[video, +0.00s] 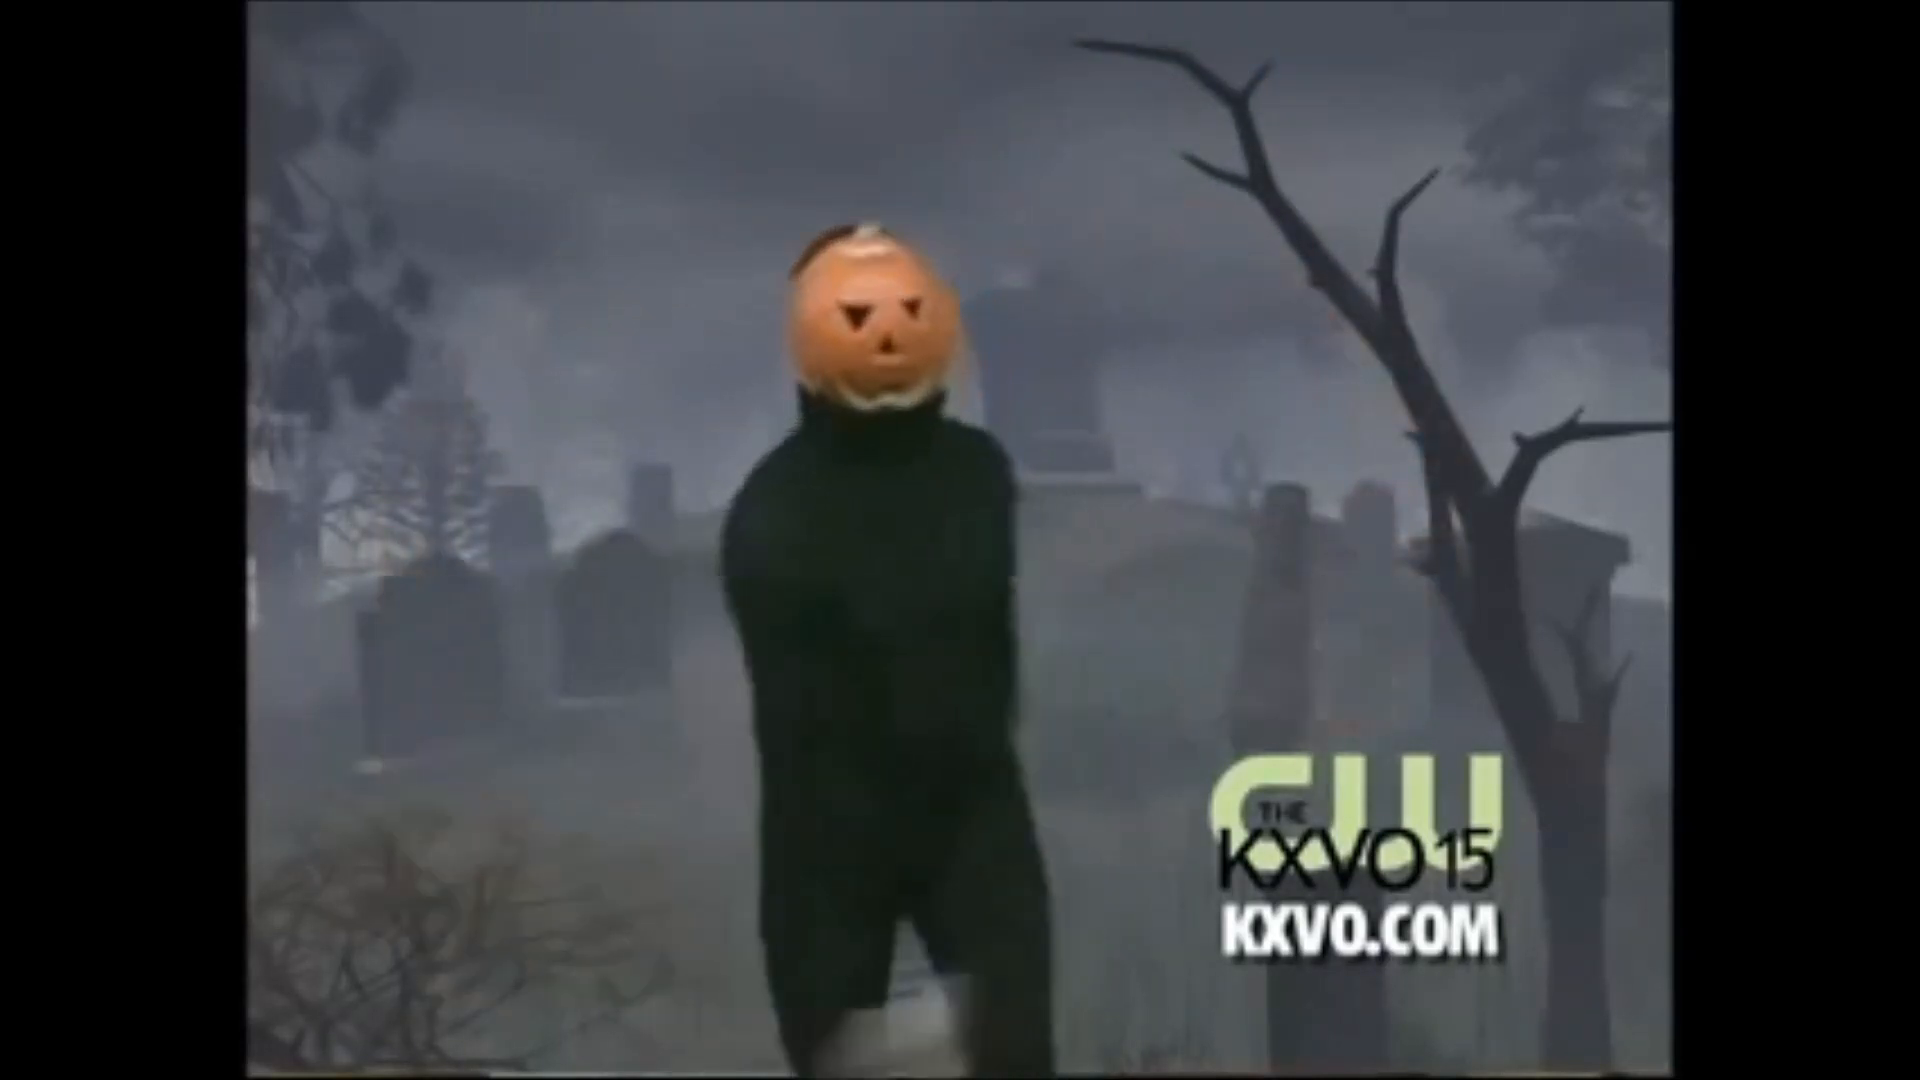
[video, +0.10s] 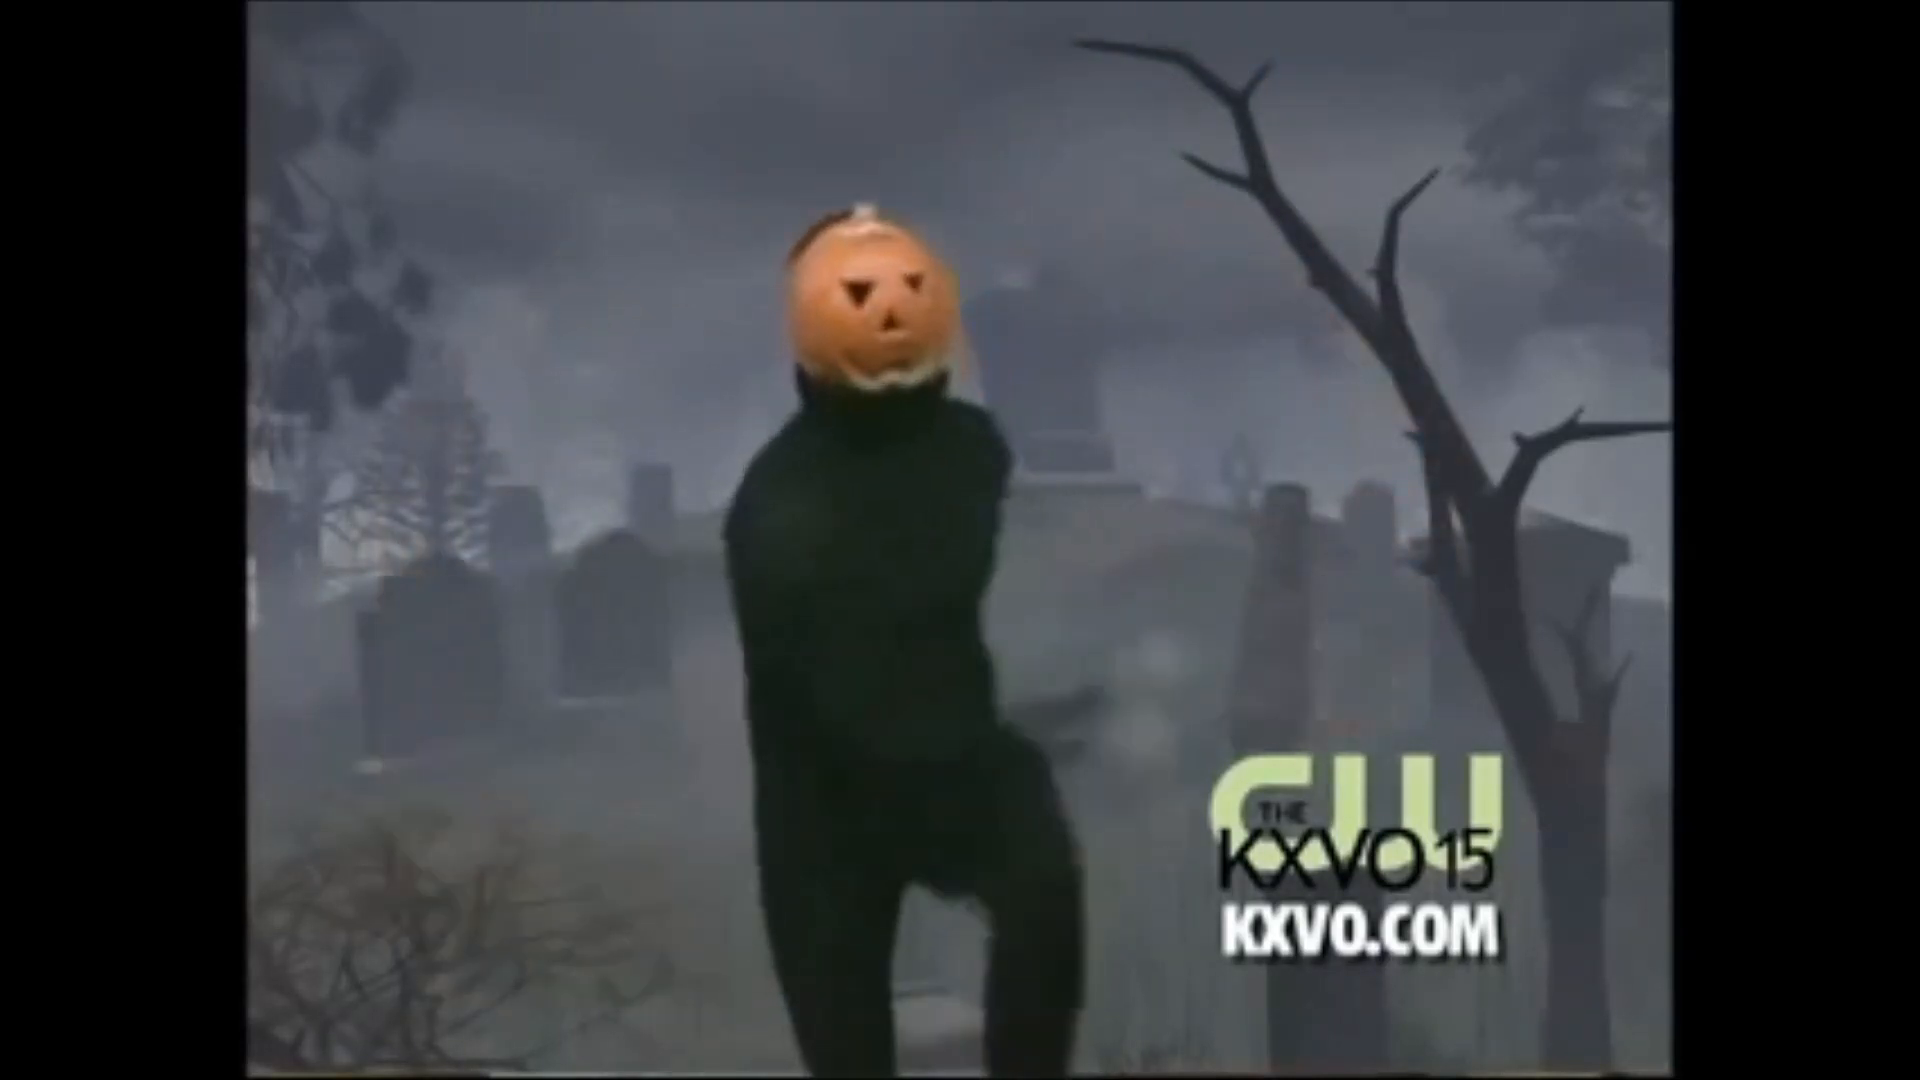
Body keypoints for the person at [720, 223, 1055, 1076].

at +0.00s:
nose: (889, 333)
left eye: (913, 309)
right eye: (854, 314)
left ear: (946, 328)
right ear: (801, 339)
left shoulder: (978, 474)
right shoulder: (773, 507)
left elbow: (989, 663)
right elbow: (797, 717)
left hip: (975, 827)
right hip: (826, 838)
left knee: (1013, 1050)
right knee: (831, 1050)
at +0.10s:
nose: (893, 304)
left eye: (915, 282)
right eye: (856, 290)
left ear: (948, 310)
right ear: (803, 331)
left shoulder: (972, 451)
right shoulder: (778, 492)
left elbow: (955, 611)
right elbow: (799, 690)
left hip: (962, 777)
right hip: (822, 802)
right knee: (846, 1049)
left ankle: (1028, 1064)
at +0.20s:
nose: (897, 273)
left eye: (917, 250)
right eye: (860, 255)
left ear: (953, 278)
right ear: (805, 296)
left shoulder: (973, 407)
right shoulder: (790, 462)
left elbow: (977, 610)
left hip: (950, 734)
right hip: (827, 770)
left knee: (1045, 788)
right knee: (851, 1058)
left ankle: (995, 1060)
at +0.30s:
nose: (889, 213)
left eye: (913, 191)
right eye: (853, 196)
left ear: (946, 220)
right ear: (799, 241)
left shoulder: (975, 362)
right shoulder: (777, 404)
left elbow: (967, 564)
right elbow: (938, 581)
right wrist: (1009, 396)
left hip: (963, 723)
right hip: (823, 747)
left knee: (1031, 936)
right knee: (847, 1028)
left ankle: (1002, 1070)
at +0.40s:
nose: (854, 214)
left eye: (876, 192)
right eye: (820, 197)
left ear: (912, 213)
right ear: (769, 233)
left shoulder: (962, 342)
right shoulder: (756, 401)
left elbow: (970, 523)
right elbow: (859, 583)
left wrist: (1012, 442)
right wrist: (992, 472)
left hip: (959, 757)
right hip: (813, 774)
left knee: (994, 1042)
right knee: (835, 1050)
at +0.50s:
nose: (850, 255)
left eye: (876, 231)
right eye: (816, 237)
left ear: (911, 253)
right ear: (769, 274)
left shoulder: (960, 387)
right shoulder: (749, 453)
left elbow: (995, 515)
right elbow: (809, 634)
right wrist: (898, 546)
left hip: (949, 791)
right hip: (810, 810)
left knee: (1013, 1052)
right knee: (837, 1060)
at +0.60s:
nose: (874, 297)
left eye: (897, 272)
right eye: (840, 276)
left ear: (934, 292)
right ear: (791, 304)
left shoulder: (983, 433)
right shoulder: (762, 484)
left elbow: (1088, 622)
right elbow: (746, 716)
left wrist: (1098, 569)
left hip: (940, 804)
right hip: (799, 824)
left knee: (1088, 1026)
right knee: (831, 1062)